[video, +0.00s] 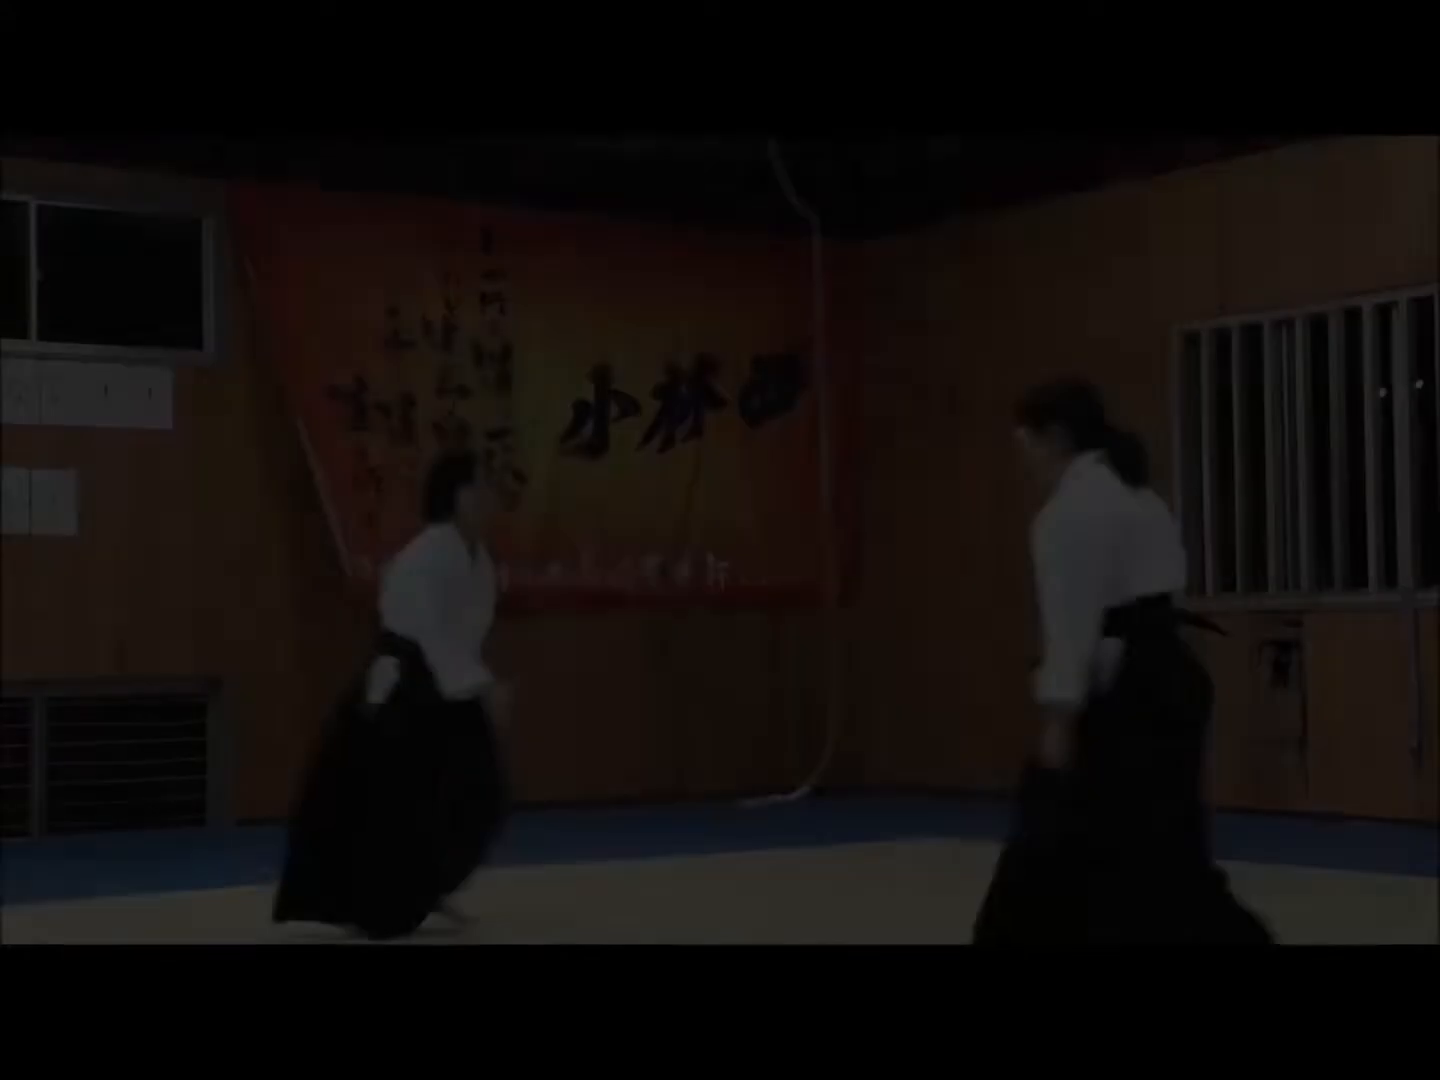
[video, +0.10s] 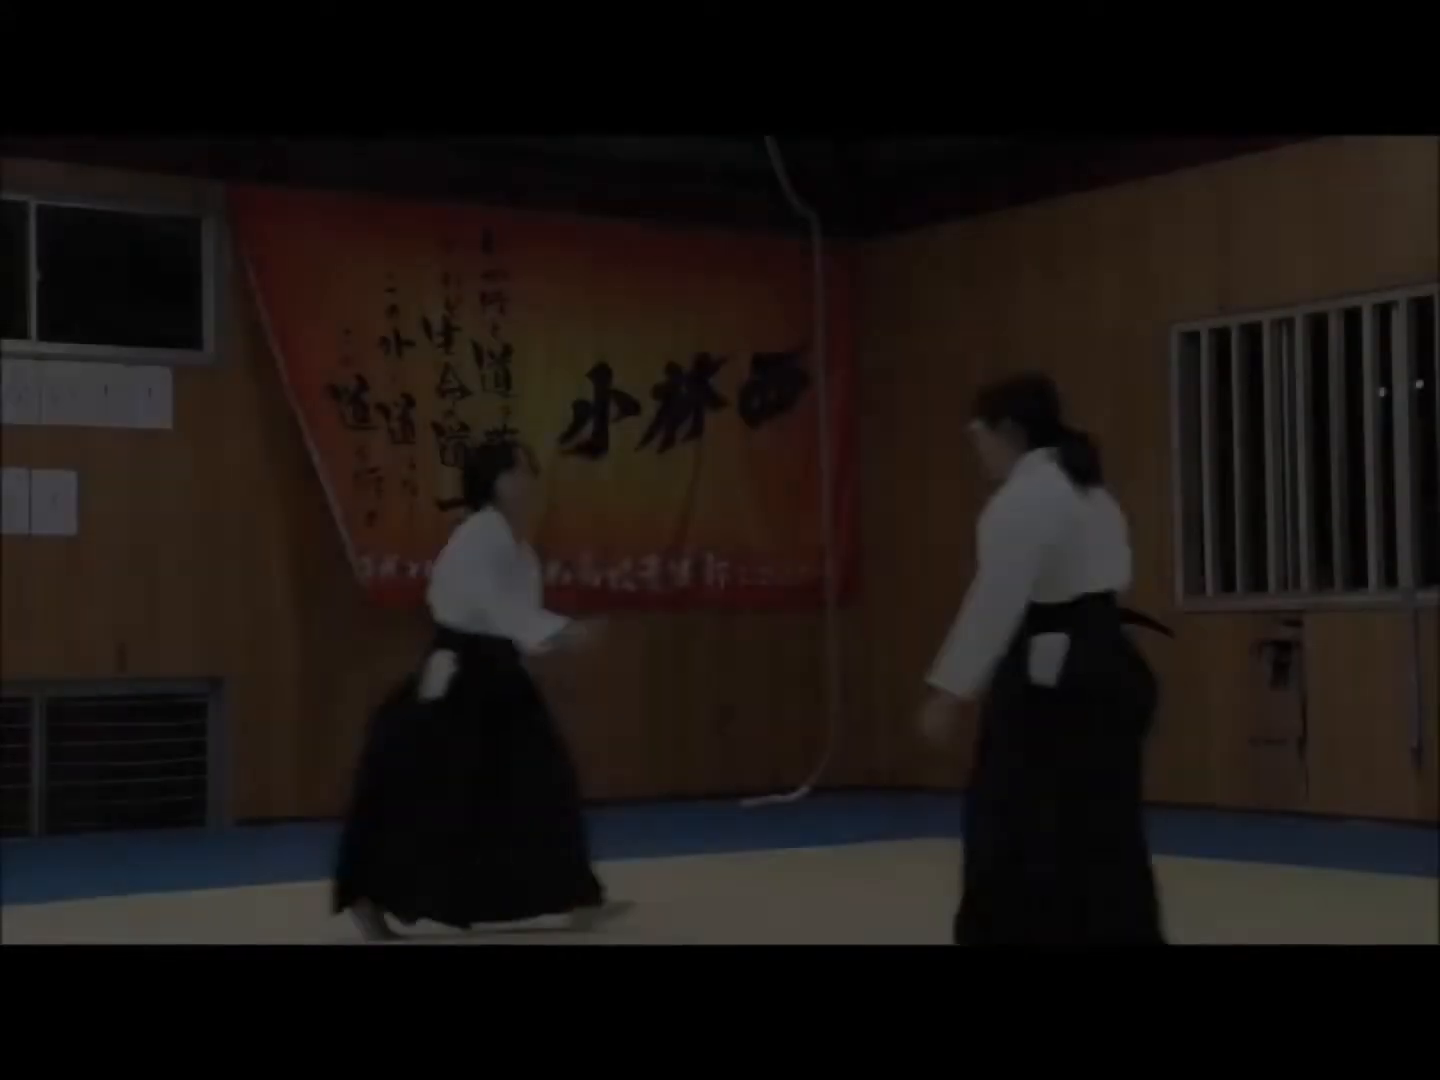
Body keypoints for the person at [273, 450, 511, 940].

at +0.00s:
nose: (493, 501)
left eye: (491, 490)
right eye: (484, 490)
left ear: (466, 499)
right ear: (458, 498)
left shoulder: (478, 559)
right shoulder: (431, 555)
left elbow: (462, 635)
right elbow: (432, 638)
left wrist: (481, 680)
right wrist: (482, 687)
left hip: (452, 695)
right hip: (408, 696)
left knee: (468, 802)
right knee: (401, 807)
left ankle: (427, 895)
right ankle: (382, 905)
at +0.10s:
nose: (535, 485)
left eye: (532, 475)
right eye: (525, 475)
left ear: (504, 484)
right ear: (500, 483)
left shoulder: (508, 537)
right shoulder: (484, 532)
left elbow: (508, 613)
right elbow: (499, 608)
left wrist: (560, 631)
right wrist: (563, 631)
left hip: (493, 669)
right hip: (466, 672)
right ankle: (373, 891)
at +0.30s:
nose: (631, 478)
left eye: (629, 469)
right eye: (621, 469)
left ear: (613, 479)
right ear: (593, 479)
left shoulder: (618, 540)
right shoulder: (577, 534)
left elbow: (628, 622)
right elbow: (611, 576)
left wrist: (650, 674)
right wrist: (681, 564)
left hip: (614, 674)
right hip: (576, 673)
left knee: (645, 783)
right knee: (598, 786)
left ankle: (632, 909)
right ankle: (539, 879)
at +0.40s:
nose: (677, 485)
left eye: (680, 474)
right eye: (664, 476)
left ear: (685, 481)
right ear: (637, 484)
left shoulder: (676, 547)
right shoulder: (624, 537)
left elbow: (701, 620)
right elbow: (662, 572)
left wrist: (738, 674)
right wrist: (731, 555)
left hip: (661, 673)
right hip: (621, 675)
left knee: (676, 779)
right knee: (631, 784)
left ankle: (663, 895)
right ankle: (623, 902)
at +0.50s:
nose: (726, 481)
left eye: (730, 471)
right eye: (713, 472)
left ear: (736, 479)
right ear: (687, 482)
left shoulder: (733, 543)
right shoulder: (674, 539)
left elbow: (752, 617)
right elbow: (715, 573)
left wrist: (777, 582)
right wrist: (771, 557)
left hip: (716, 669)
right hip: (677, 673)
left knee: (725, 787)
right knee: (702, 789)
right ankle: (639, 895)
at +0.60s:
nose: (774, 483)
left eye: (776, 473)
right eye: (762, 474)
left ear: (780, 480)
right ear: (733, 484)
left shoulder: (772, 536)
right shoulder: (725, 543)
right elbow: (749, 603)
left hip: (772, 667)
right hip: (726, 667)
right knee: (723, 792)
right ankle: (712, 901)